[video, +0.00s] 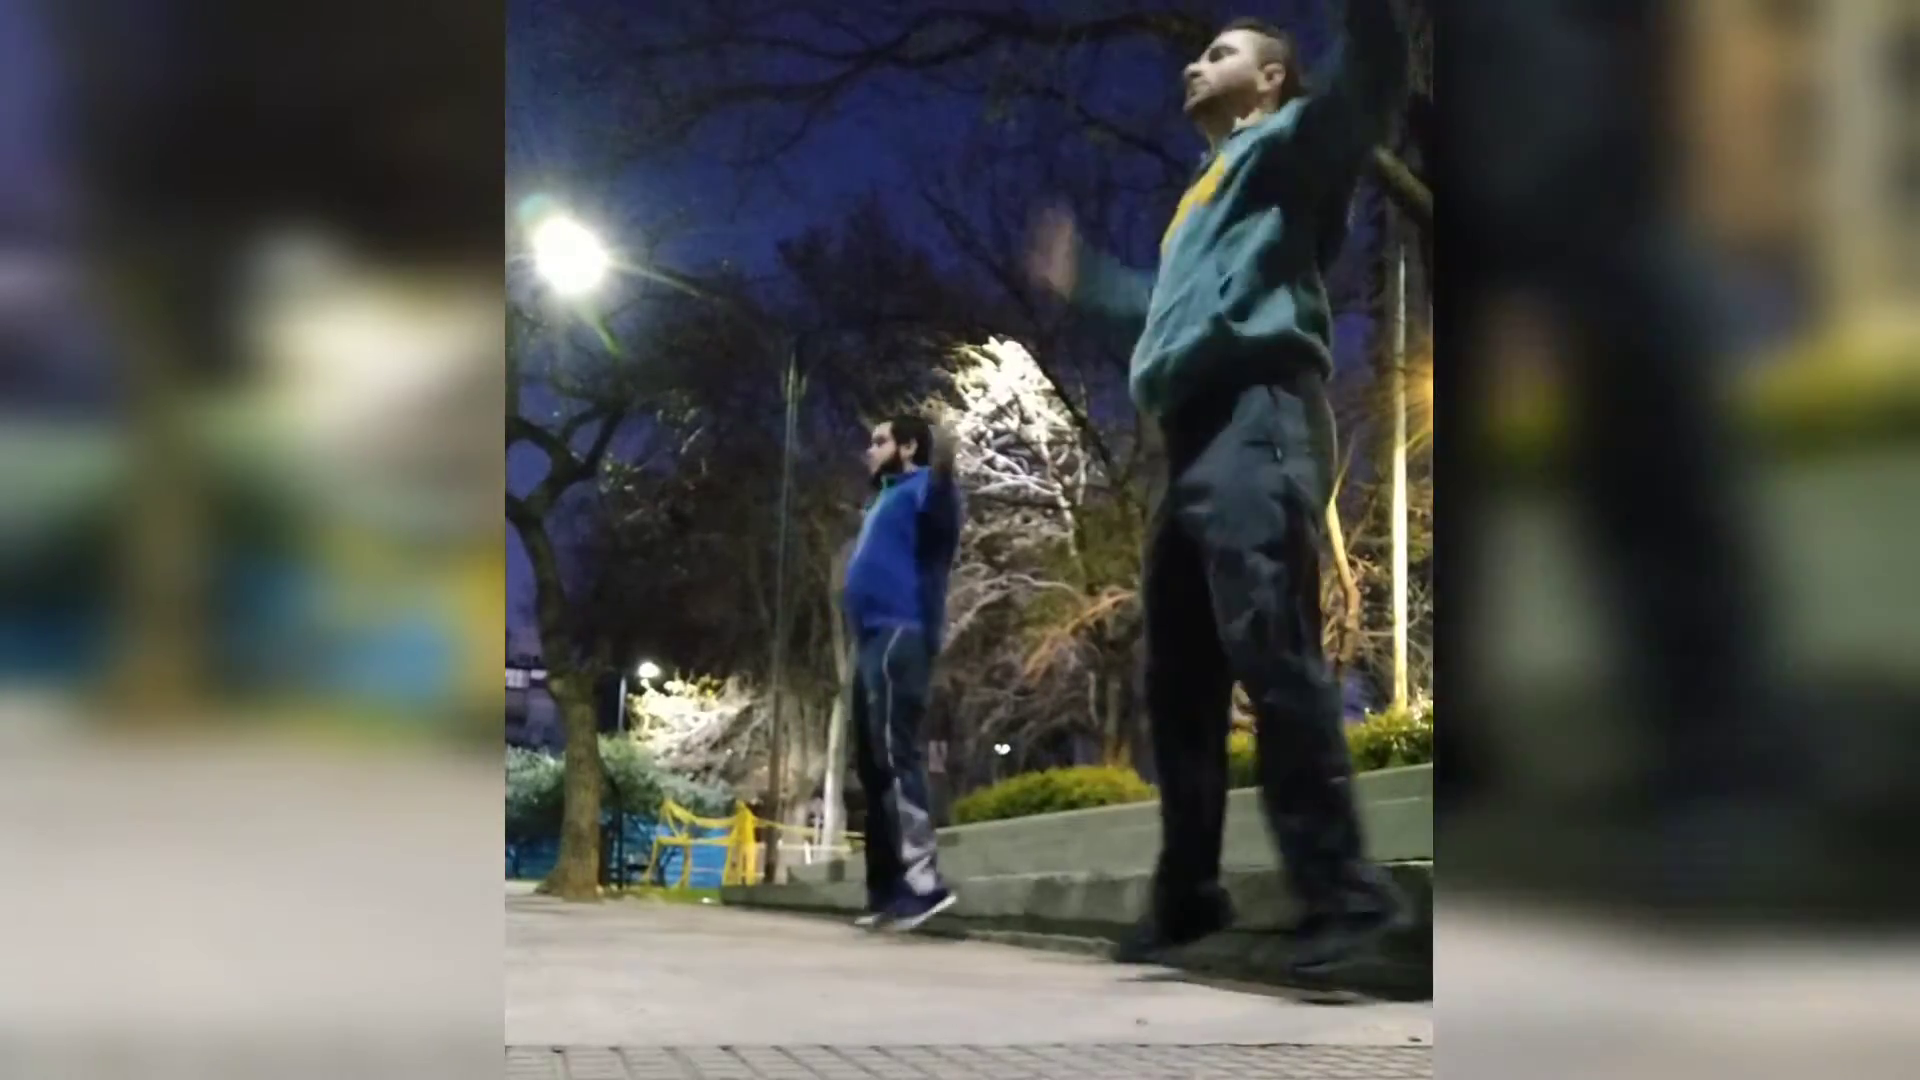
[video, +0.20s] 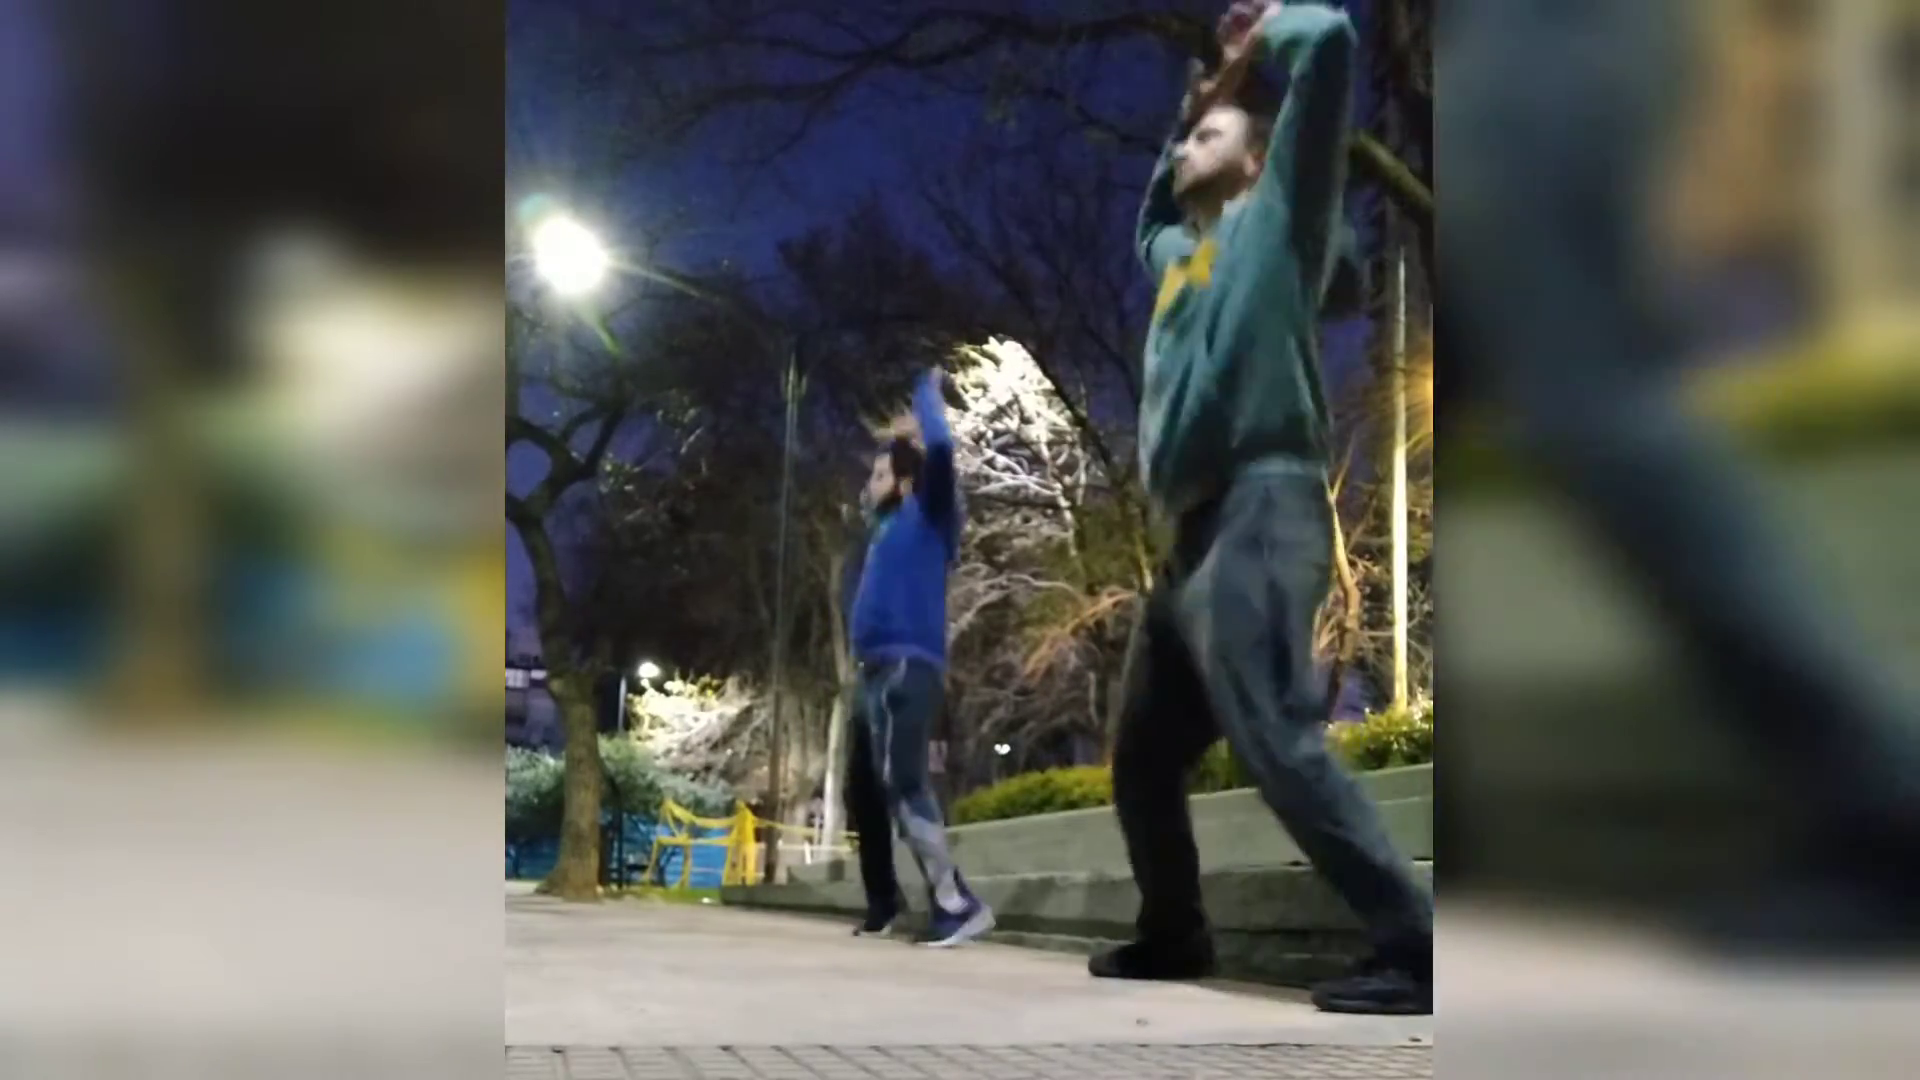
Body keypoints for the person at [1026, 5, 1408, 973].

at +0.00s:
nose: (1195, 65)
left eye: (1219, 52)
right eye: (1197, 55)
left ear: (1274, 75)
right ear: (1216, 94)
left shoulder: (1291, 146)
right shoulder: (1198, 201)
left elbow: (1363, 82)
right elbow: (1168, 311)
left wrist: (1372, 2)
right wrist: (1080, 274)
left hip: (1262, 411)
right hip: (1195, 434)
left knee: (1273, 651)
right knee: (1181, 677)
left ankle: (1347, 906)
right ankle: (1187, 897)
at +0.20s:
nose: (1189, 145)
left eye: (1210, 131)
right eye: (1185, 136)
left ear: (1257, 148)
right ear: (1191, 169)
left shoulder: (1281, 214)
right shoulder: (1175, 251)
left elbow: (1327, 39)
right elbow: (1156, 211)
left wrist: (1265, 26)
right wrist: (1213, 94)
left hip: (1266, 502)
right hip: (1195, 527)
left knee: (1270, 735)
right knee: (1144, 758)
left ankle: (1408, 948)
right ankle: (1171, 935)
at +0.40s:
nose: (1185, 76)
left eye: (1209, 63)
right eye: (1189, 64)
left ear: (1263, 84)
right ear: (1200, 97)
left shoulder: (1285, 149)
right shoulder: (1188, 218)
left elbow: (1371, 65)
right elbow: (1143, 300)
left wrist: (1372, 9)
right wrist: (1063, 258)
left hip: (1264, 424)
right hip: (1192, 451)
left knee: (1274, 661)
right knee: (1160, 694)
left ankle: (1374, 932)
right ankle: (1154, 906)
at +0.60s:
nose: (1173, 103)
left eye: (1196, 90)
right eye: (1174, 94)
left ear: (1249, 116)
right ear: (1188, 129)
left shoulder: (1288, 187)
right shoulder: (1195, 230)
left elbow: (1361, 323)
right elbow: (1184, 375)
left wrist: (1310, 406)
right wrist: (1140, 487)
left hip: (1245, 474)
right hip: (1175, 484)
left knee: (1214, 702)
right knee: (1143, 711)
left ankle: (1263, 943)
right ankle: (1207, 933)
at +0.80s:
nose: (1188, 78)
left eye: (1211, 60)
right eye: (1190, 66)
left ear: (1267, 80)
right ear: (1222, 97)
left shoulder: (1306, 158)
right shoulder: (1214, 198)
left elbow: (1364, 232)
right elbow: (1199, 339)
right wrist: (1154, 438)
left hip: (1255, 438)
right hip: (1183, 457)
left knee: (1237, 681)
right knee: (1176, 692)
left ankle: (1264, 931)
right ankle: (1205, 930)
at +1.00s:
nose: (1205, 93)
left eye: (1226, 83)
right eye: (1206, 83)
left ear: (1278, 104)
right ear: (1211, 114)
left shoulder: (1299, 169)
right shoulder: (1197, 227)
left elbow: (1348, 57)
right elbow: (1168, 250)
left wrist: (1363, 4)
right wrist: (1143, 158)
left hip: (1269, 442)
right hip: (1194, 466)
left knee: (1287, 676)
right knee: (1162, 707)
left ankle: (1397, 937)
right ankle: (1179, 911)